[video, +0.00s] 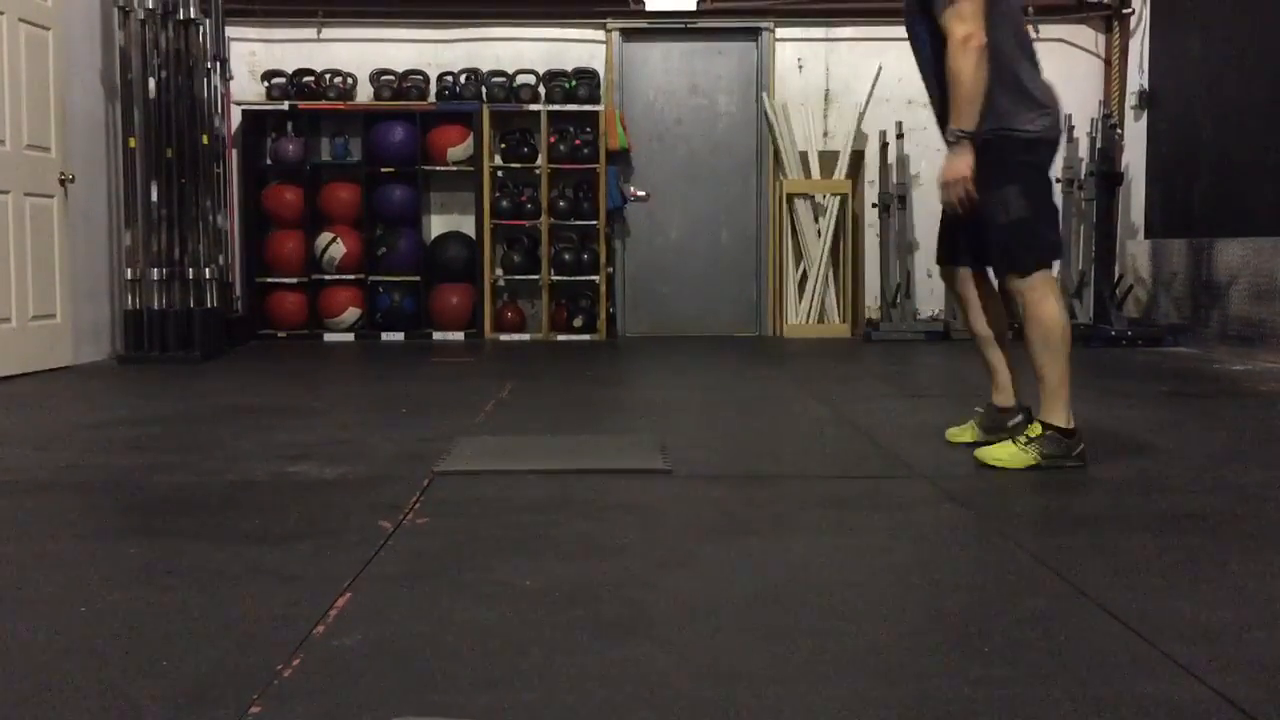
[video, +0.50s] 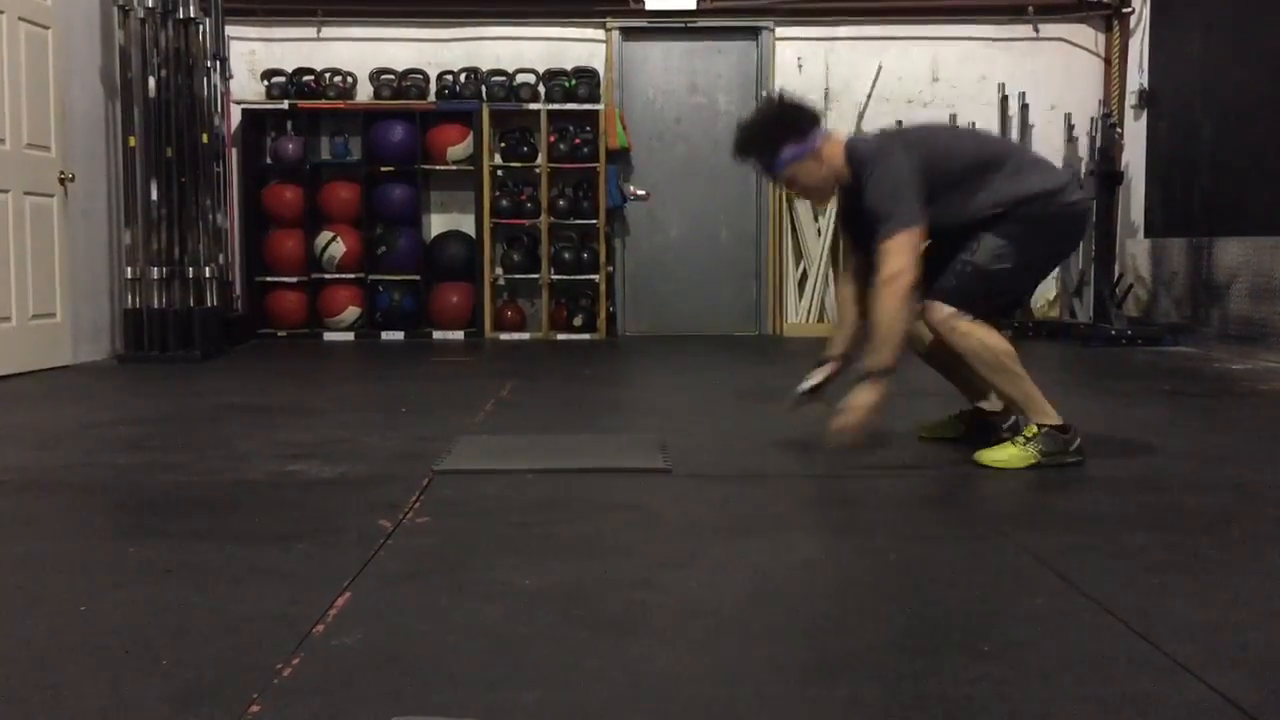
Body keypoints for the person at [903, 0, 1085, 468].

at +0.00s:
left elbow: (967, 37)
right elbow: (1016, 35)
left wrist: (960, 141)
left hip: (1012, 128)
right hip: (985, 131)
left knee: (1030, 276)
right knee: (961, 268)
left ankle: (1059, 430)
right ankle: (1004, 408)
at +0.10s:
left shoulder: (949, 3)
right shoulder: (928, 9)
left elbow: (978, 52)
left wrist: (977, 156)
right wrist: (976, 155)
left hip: (1038, 122)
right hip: (993, 126)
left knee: (1030, 271)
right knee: (957, 261)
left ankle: (1059, 429)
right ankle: (1004, 395)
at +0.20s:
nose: (850, 4)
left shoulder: (928, 4)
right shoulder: (901, 16)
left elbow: (979, 78)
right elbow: (948, 97)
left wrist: (990, 182)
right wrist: (965, 178)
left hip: (1047, 125)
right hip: (992, 129)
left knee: (1026, 270)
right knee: (972, 267)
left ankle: (1058, 430)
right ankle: (992, 402)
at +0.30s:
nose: (812, 59)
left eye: (809, 42)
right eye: (803, 48)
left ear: (840, 16)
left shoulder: (913, 38)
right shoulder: (878, 68)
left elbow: (974, 131)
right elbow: (928, 146)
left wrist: (986, 238)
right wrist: (947, 223)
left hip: (1057, 140)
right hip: (1005, 147)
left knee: (1003, 277)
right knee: (960, 271)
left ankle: (1057, 431)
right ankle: (993, 412)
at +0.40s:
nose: (803, 132)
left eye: (802, 118)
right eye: (795, 123)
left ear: (826, 92)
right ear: (829, 93)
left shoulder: (906, 111)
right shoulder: (875, 139)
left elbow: (958, 211)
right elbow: (903, 221)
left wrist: (947, 315)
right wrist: (908, 294)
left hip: (1056, 176)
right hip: (1006, 186)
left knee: (973, 302)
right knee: (927, 286)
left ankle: (1054, 430)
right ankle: (991, 413)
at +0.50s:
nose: (794, 192)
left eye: (791, 179)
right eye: (785, 185)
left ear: (817, 150)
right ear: (818, 152)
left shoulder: (886, 163)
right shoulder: (854, 189)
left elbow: (899, 276)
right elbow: (857, 278)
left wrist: (874, 379)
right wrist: (837, 357)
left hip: (1042, 208)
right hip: (991, 218)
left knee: (948, 313)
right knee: (904, 316)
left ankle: (1051, 428)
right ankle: (992, 409)